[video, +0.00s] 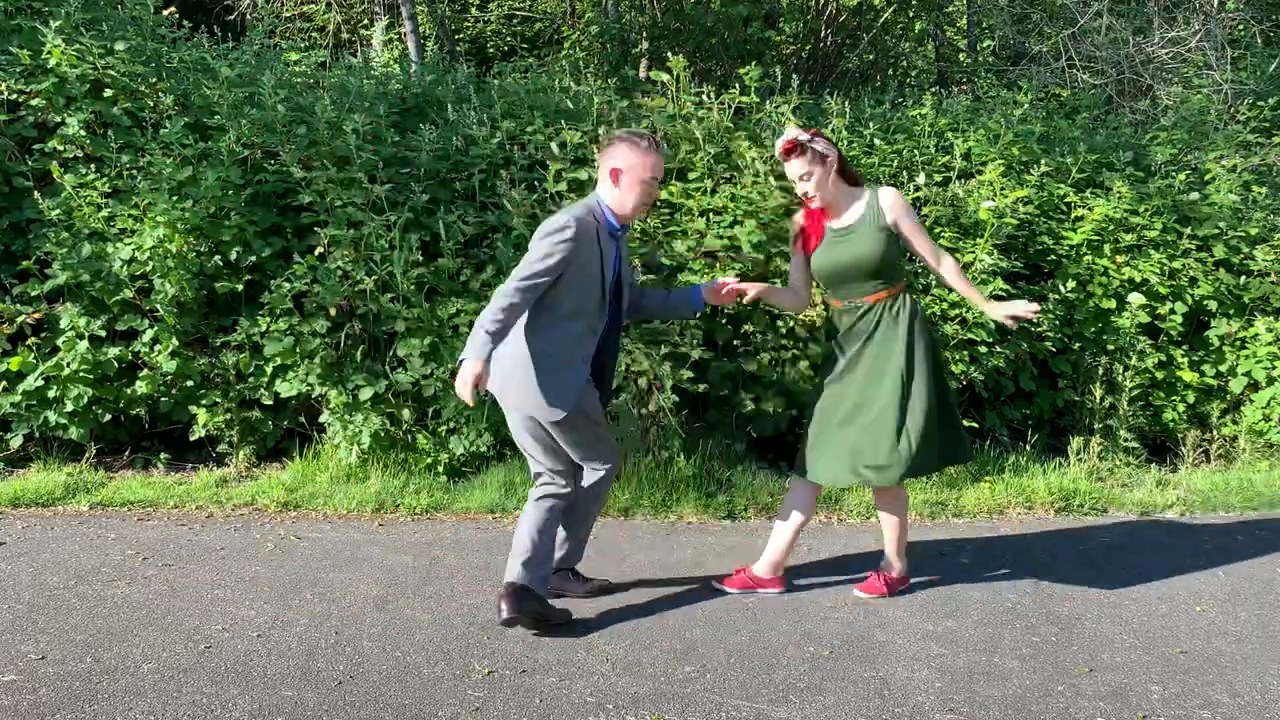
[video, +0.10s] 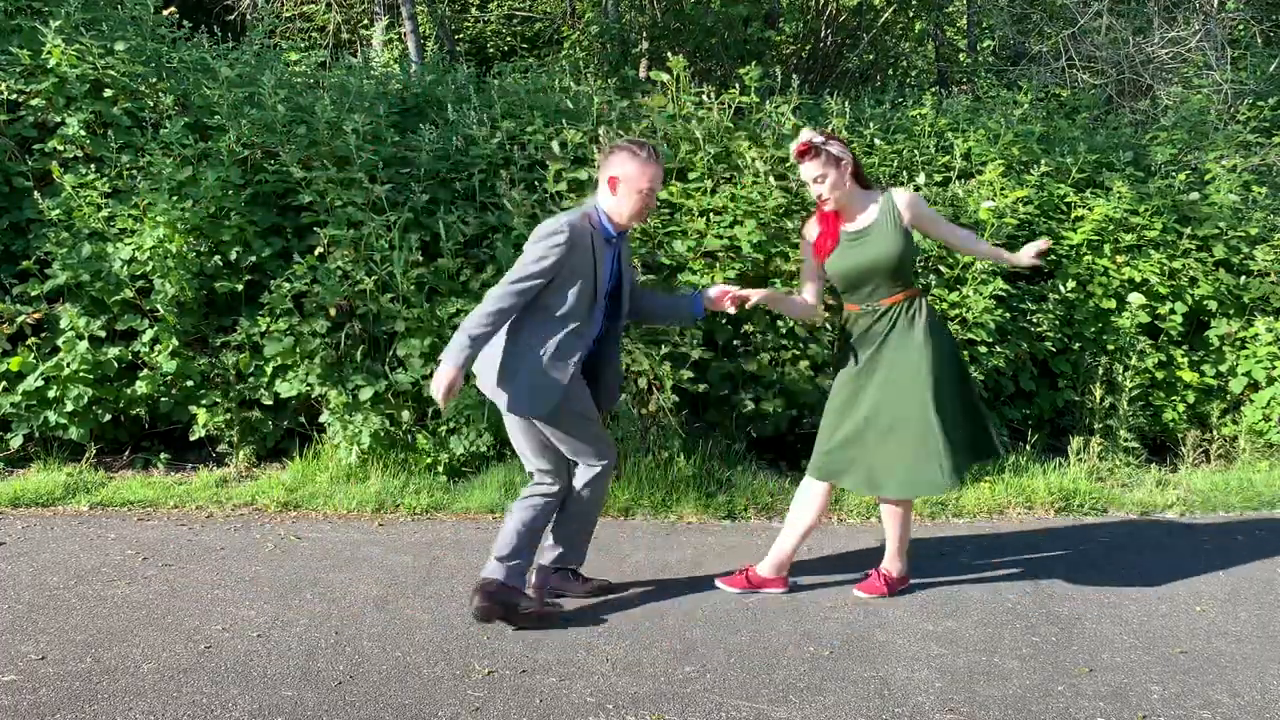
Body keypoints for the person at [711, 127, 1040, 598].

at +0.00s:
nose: (800, 190)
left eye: (804, 178)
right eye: (794, 182)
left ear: (831, 163)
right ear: (794, 180)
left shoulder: (884, 202)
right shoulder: (807, 222)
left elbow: (940, 261)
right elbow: (797, 298)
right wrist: (760, 290)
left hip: (894, 334)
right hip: (849, 342)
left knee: (882, 451)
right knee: (819, 448)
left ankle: (897, 567)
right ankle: (768, 567)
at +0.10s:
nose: (816, 191)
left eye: (820, 179)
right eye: (809, 184)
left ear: (846, 165)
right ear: (807, 184)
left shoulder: (899, 204)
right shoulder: (818, 230)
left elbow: (957, 237)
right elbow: (807, 306)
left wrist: (1012, 257)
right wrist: (764, 295)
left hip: (910, 337)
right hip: (863, 347)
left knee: (893, 448)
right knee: (828, 452)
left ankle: (896, 565)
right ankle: (775, 564)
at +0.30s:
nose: (838, 194)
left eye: (844, 181)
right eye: (831, 187)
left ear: (870, 168)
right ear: (828, 187)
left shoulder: (920, 205)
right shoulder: (840, 234)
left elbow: (986, 225)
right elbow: (830, 310)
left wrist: (1048, 224)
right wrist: (787, 307)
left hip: (930, 338)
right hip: (884, 349)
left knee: (894, 451)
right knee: (843, 451)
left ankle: (896, 566)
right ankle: (784, 566)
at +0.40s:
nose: (848, 189)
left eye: (853, 177)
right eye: (842, 183)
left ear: (880, 165)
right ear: (841, 186)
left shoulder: (930, 203)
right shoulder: (850, 231)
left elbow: (1002, 222)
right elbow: (835, 307)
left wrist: (1072, 217)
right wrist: (791, 302)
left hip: (933, 336)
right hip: (881, 343)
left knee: (898, 448)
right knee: (838, 446)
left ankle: (896, 563)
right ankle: (798, 562)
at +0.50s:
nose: (857, 176)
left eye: (863, 164)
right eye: (851, 169)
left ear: (891, 156)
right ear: (851, 173)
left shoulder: (941, 195)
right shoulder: (860, 220)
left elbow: (1019, 213)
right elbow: (835, 295)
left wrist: (1089, 198)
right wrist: (793, 277)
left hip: (940, 327)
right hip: (890, 333)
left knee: (906, 444)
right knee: (836, 441)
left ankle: (896, 561)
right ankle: (856, 542)